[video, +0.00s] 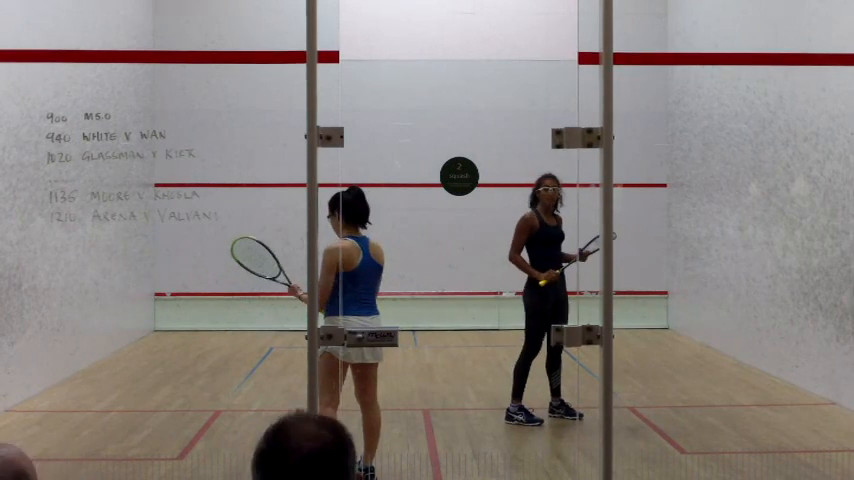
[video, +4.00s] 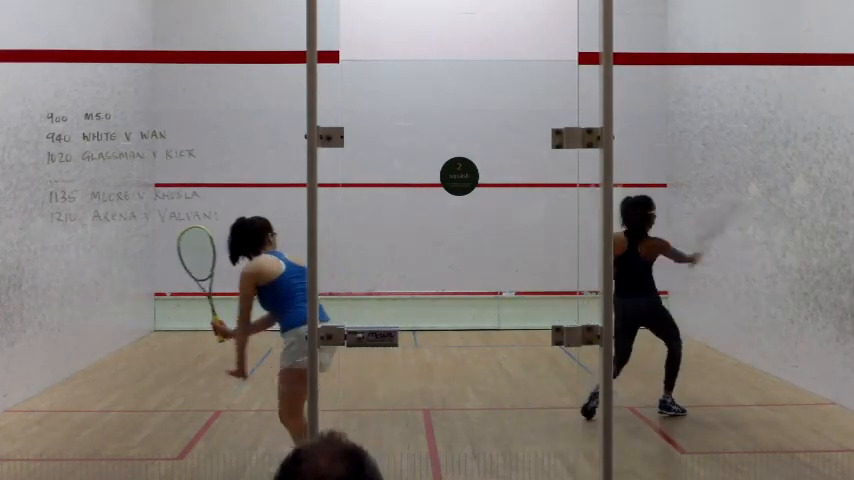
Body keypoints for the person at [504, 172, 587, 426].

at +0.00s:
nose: (550, 191)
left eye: (554, 187)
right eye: (545, 187)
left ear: (559, 193)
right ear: (537, 192)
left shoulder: (556, 219)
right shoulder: (529, 220)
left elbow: (552, 254)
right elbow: (514, 255)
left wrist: (575, 257)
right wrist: (538, 275)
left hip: (557, 289)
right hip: (537, 291)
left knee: (556, 346)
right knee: (532, 347)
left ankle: (556, 402)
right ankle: (515, 407)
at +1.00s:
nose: (581, 205)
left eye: (583, 201)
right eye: (580, 200)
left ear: (571, 198)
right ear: (566, 196)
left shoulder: (565, 220)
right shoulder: (549, 218)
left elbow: (563, 257)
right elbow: (534, 249)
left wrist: (585, 273)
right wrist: (560, 268)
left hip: (565, 290)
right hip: (552, 291)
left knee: (562, 347)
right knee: (564, 348)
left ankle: (557, 401)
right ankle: (536, 404)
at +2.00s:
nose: (563, 201)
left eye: (565, 196)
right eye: (560, 196)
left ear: (562, 198)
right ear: (545, 194)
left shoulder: (558, 222)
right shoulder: (530, 222)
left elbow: (557, 259)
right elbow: (513, 257)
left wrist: (578, 280)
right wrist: (537, 280)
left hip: (553, 293)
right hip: (533, 295)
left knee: (574, 341)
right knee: (542, 349)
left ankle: (562, 397)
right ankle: (532, 409)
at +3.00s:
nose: (580, 202)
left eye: (580, 198)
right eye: (578, 197)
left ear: (566, 198)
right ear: (566, 197)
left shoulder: (560, 222)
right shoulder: (551, 222)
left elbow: (557, 260)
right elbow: (544, 259)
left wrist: (580, 272)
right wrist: (576, 273)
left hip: (554, 294)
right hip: (547, 295)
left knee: (577, 343)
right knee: (550, 349)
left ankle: (558, 400)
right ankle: (532, 409)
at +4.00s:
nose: (653, 219)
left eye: (652, 215)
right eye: (651, 216)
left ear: (626, 218)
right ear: (645, 219)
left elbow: (605, 267)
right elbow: (677, 257)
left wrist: (616, 275)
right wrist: (692, 259)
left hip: (624, 308)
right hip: (649, 307)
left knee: (620, 356)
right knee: (674, 344)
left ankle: (596, 394)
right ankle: (667, 399)